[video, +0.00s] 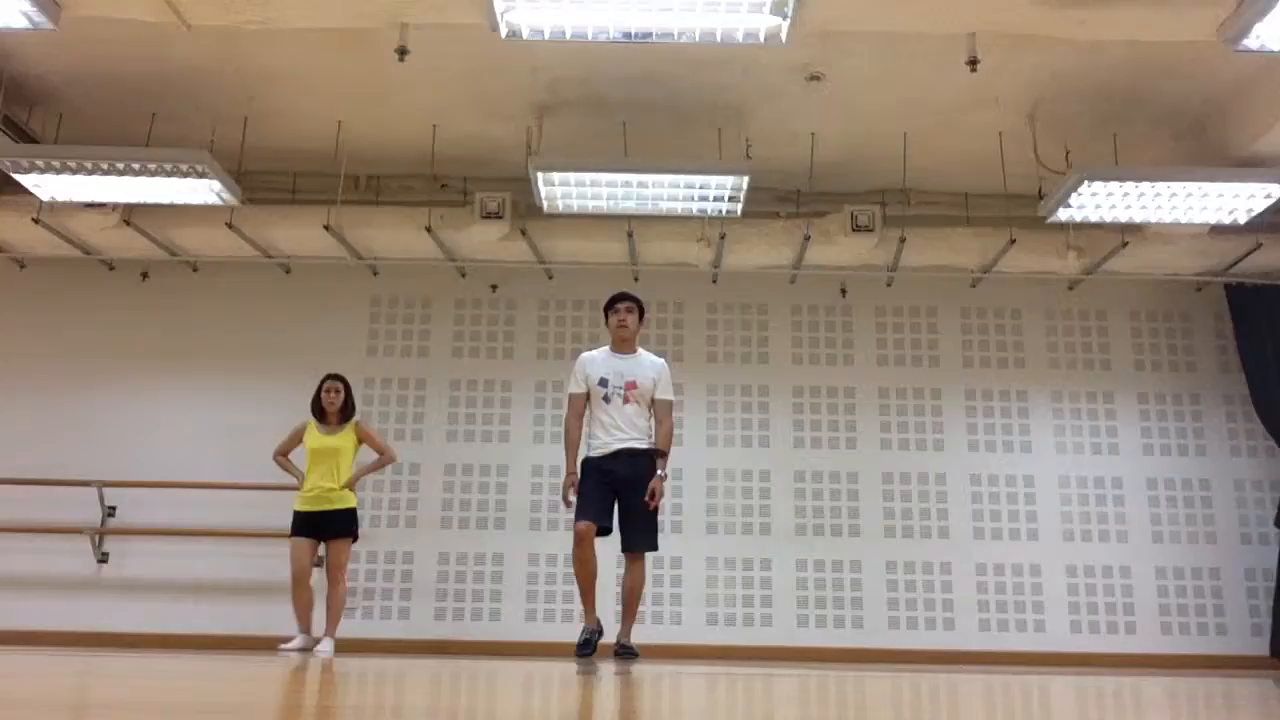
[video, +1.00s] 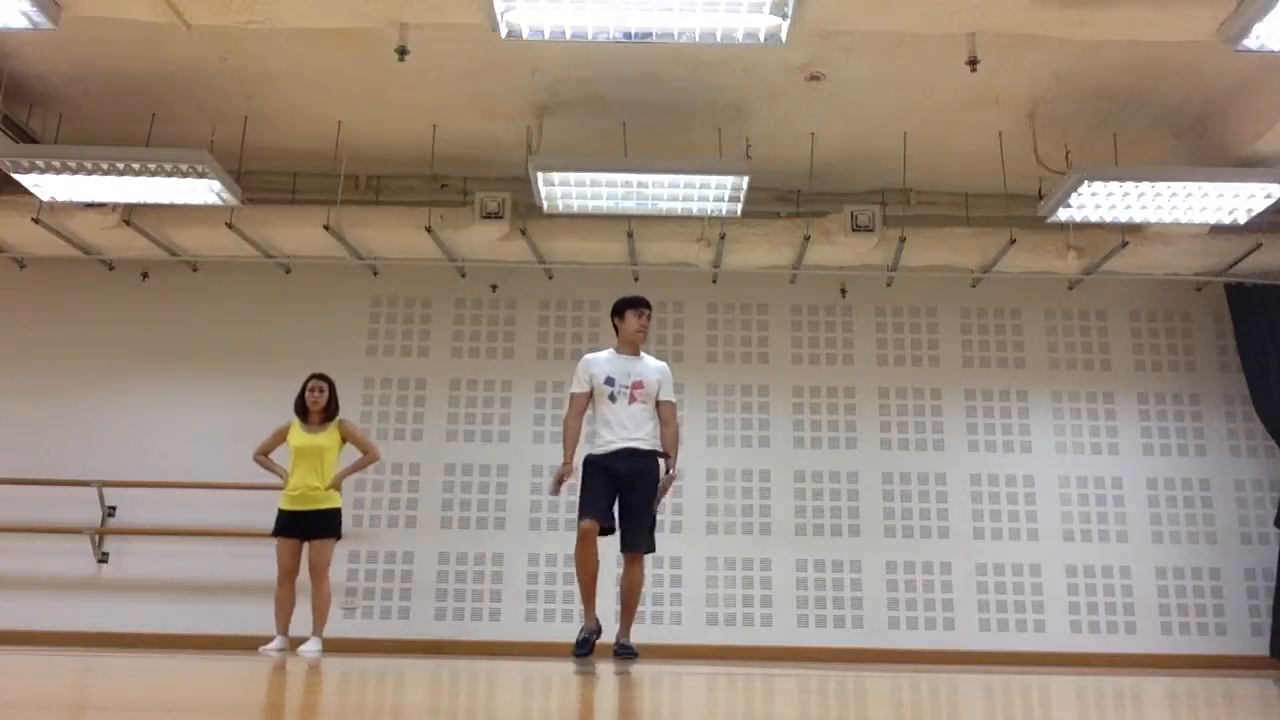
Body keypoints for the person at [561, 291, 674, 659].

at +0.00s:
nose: (622, 318)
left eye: (629, 312)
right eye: (616, 313)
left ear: (641, 321)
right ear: (607, 322)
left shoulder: (656, 366)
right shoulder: (588, 362)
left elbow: (664, 422)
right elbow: (574, 417)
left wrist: (660, 472)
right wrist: (571, 469)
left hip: (639, 464)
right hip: (597, 464)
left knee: (635, 551)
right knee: (583, 531)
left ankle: (625, 636)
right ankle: (590, 623)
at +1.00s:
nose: (644, 323)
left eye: (647, 318)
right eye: (637, 317)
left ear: (648, 326)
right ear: (617, 322)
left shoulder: (659, 370)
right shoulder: (591, 363)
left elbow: (668, 422)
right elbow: (574, 414)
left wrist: (670, 469)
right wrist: (568, 461)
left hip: (643, 464)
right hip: (600, 462)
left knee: (634, 552)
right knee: (586, 528)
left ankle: (624, 636)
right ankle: (589, 621)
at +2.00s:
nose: (638, 317)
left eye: (643, 313)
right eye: (631, 312)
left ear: (649, 321)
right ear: (616, 318)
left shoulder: (661, 366)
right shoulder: (593, 358)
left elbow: (669, 418)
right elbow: (579, 412)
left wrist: (671, 467)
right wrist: (576, 460)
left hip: (641, 461)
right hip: (598, 459)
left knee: (632, 551)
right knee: (589, 541)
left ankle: (624, 636)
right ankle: (589, 630)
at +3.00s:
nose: (625, 318)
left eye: (632, 312)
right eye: (619, 313)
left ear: (643, 320)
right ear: (610, 321)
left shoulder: (659, 364)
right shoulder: (592, 361)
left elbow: (670, 417)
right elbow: (578, 414)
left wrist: (669, 465)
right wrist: (577, 463)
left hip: (639, 461)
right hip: (599, 460)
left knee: (632, 552)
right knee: (595, 549)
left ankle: (624, 637)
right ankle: (597, 635)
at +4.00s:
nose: (626, 319)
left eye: (633, 314)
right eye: (620, 314)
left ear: (643, 322)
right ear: (610, 321)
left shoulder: (657, 368)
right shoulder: (590, 362)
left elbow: (667, 422)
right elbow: (576, 415)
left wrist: (665, 474)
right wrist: (577, 461)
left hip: (641, 463)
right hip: (600, 462)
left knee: (635, 551)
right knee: (596, 535)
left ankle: (624, 636)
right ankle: (593, 624)